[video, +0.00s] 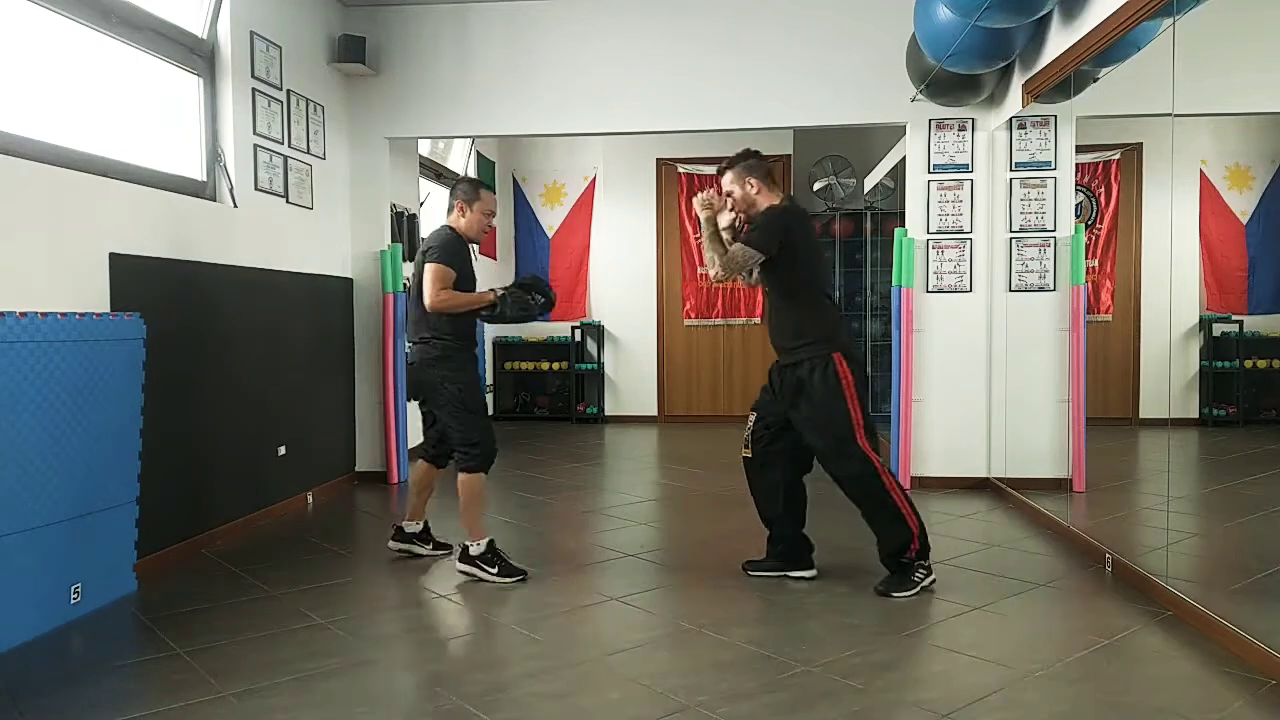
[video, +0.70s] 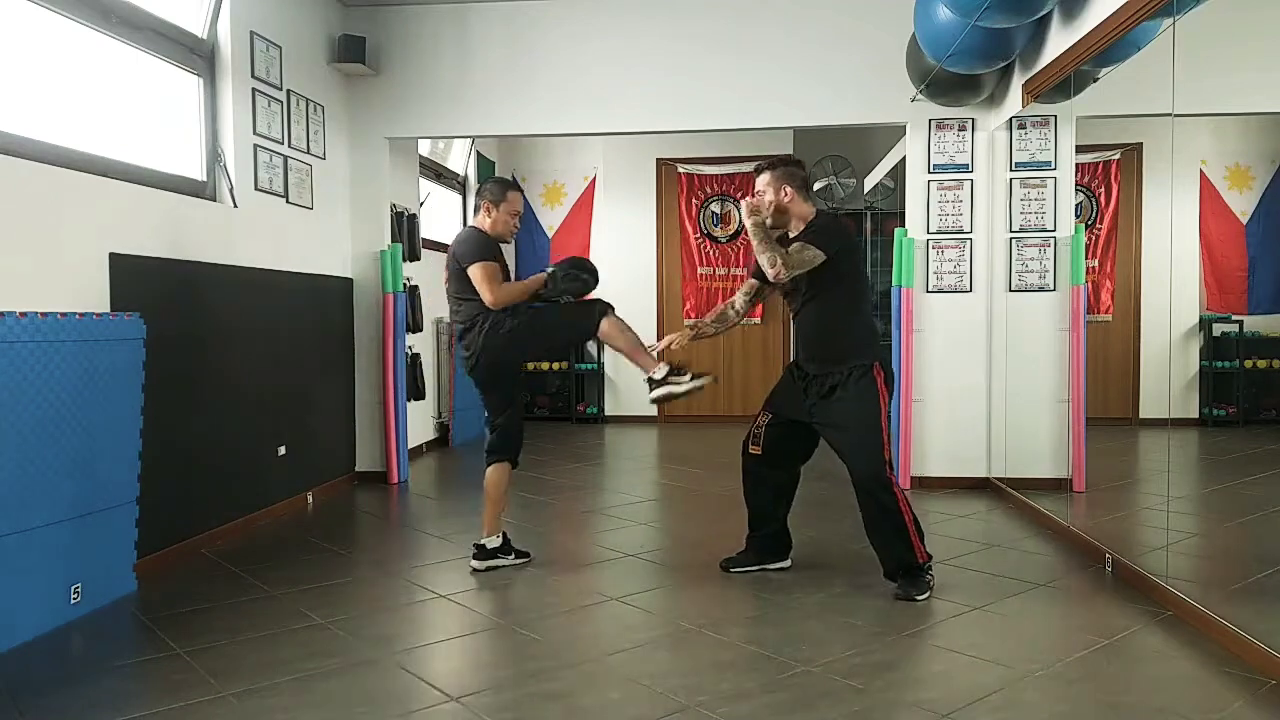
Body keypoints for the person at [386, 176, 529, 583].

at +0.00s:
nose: (490, 224)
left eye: (492, 217)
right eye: (486, 215)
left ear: (463, 213)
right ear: (460, 209)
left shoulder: (451, 245)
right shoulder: (444, 242)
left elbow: (454, 302)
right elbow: (435, 299)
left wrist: (498, 299)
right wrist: (492, 298)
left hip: (437, 365)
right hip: (446, 366)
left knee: (437, 447)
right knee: (474, 451)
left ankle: (411, 528)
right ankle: (477, 549)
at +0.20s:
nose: (517, 226)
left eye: (519, 219)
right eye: (513, 217)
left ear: (484, 214)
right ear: (487, 210)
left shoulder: (454, 245)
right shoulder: (479, 244)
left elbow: (459, 308)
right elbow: (496, 305)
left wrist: (513, 318)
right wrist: (546, 310)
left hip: (454, 361)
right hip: (472, 364)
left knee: (479, 448)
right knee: (486, 455)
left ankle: (450, 522)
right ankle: (476, 553)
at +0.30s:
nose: (524, 223)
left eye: (526, 216)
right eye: (520, 214)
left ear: (489, 211)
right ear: (494, 208)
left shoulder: (457, 244)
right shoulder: (491, 241)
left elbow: (433, 304)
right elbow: (504, 303)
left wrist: (484, 313)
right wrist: (552, 310)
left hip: (458, 358)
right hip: (480, 359)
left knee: (494, 450)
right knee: (499, 451)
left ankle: (488, 539)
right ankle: (482, 548)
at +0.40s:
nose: (523, 224)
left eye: (525, 216)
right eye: (519, 215)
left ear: (491, 212)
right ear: (494, 209)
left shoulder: (460, 245)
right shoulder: (488, 242)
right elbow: (500, 302)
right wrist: (548, 304)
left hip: (462, 366)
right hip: (489, 362)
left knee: (491, 450)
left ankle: (489, 544)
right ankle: (528, 512)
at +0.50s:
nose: (521, 224)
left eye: (522, 217)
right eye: (517, 215)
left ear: (490, 212)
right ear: (491, 209)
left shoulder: (467, 242)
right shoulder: (484, 239)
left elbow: (495, 300)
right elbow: (507, 296)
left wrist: (535, 289)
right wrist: (554, 293)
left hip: (469, 360)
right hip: (490, 351)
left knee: (498, 445)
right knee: (582, 366)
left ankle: (490, 544)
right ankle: (607, 454)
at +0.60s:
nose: (520, 223)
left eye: (521, 216)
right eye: (515, 214)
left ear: (489, 213)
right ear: (489, 209)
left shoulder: (471, 243)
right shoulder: (480, 239)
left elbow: (502, 296)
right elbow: (511, 292)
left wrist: (540, 278)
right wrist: (553, 277)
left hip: (474, 357)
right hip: (493, 339)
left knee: (499, 444)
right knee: (590, 324)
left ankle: (490, 543)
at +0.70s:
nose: (517, 222)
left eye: (519, 216)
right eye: (512, 214)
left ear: (490, 213)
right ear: (487, 209)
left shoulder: (485, 247)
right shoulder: (473, 240)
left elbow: (506, 295)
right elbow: (493, 296)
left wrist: (546, 286)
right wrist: (543, 277)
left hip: (483, 351)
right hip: (498, 334)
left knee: (503, 442)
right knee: (598, 314)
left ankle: (490, 544)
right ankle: (659, 372)